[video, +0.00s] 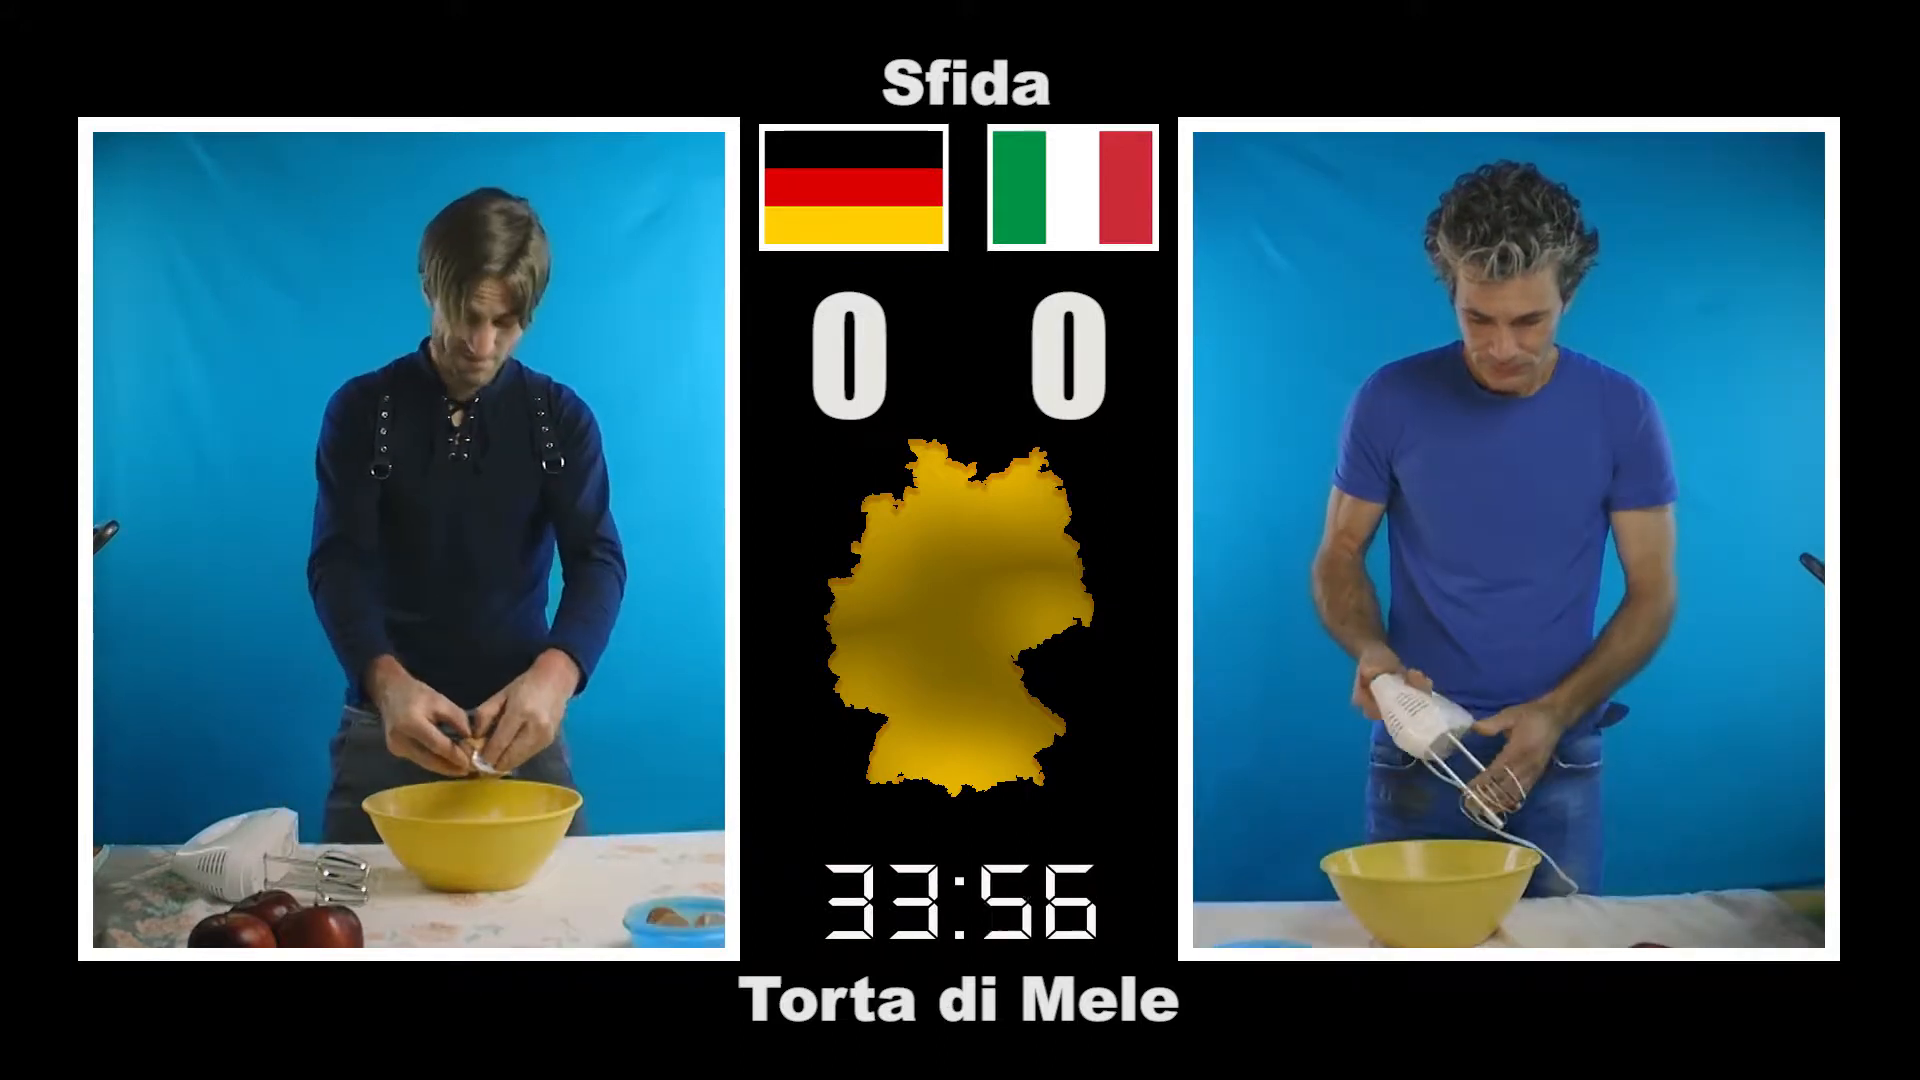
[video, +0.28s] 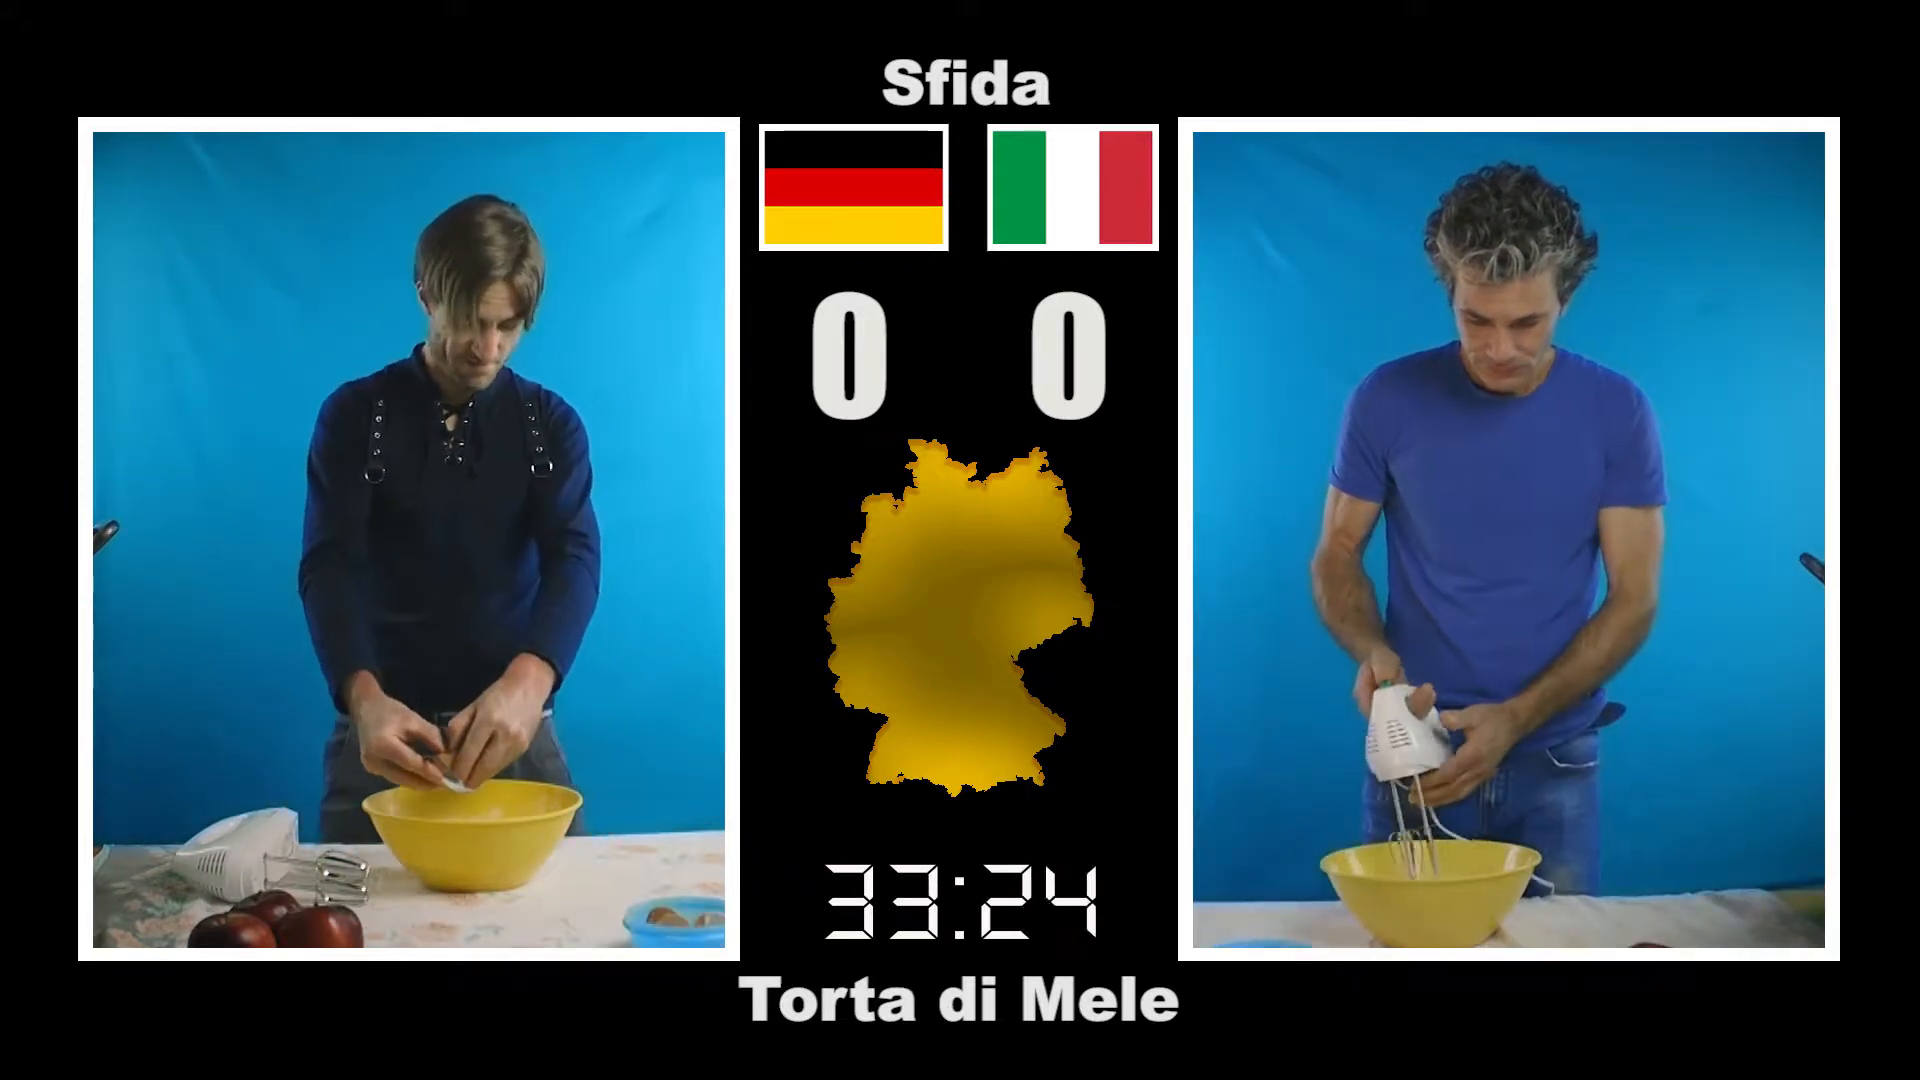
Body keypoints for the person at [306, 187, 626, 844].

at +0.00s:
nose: (483, 344)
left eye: (505, 322)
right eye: (467, 319)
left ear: (528, 312)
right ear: (433, 296)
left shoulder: (559, 421)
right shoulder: (363, 412)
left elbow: (597, 560)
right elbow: (336, 560)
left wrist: (556, 675)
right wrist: (386, 680)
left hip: (523, 734)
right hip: (388, 735)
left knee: (546, 933)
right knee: (365, 933)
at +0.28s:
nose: (484, 347)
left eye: (504, 325)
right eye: (466, 321)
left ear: (528, 315)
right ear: (428, 299)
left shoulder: (549, 427)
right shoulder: (354, 417)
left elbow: (574, 562)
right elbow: (327, 565)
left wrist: (528, 683)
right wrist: (365, 699)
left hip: (514, 739)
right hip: (382, 740)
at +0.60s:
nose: (453, 350)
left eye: (473, 328)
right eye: (435, 328)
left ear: (495, 317)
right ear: (400, 310)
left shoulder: (536, 424)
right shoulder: (344, 428)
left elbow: (575, 546)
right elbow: (332, 567)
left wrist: (560, 680)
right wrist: (383, 699)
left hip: (517, 739)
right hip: (384, 741)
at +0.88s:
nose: (451, 348)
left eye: (470, 326)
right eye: (431, 326)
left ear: (492, 316)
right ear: (398, 312)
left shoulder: (539, 426)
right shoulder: (345, 429)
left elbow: (565, 558)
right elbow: (328, 566)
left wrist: (512, 679)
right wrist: (363, 692)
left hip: (515, 738)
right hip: (385, 741)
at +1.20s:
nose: (399, 307)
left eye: (398, 284)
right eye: (375, 291)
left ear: (401, 273)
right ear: (304, 303)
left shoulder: (443, 397)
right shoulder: (247, 423)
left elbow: (491, 542)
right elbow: (191, 570)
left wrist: (536, 678)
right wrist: (205, 613)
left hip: (447, 740)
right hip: (317, 752)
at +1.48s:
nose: (373, 307)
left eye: (390, 282)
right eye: (351, 283)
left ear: (410, 277)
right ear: (311, 276)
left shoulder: (466, 400)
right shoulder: (267, 423)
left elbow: (531, 541)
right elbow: (228, 567)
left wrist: (583, 670)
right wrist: (234, 613)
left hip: (469, 744)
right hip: (336, 752)